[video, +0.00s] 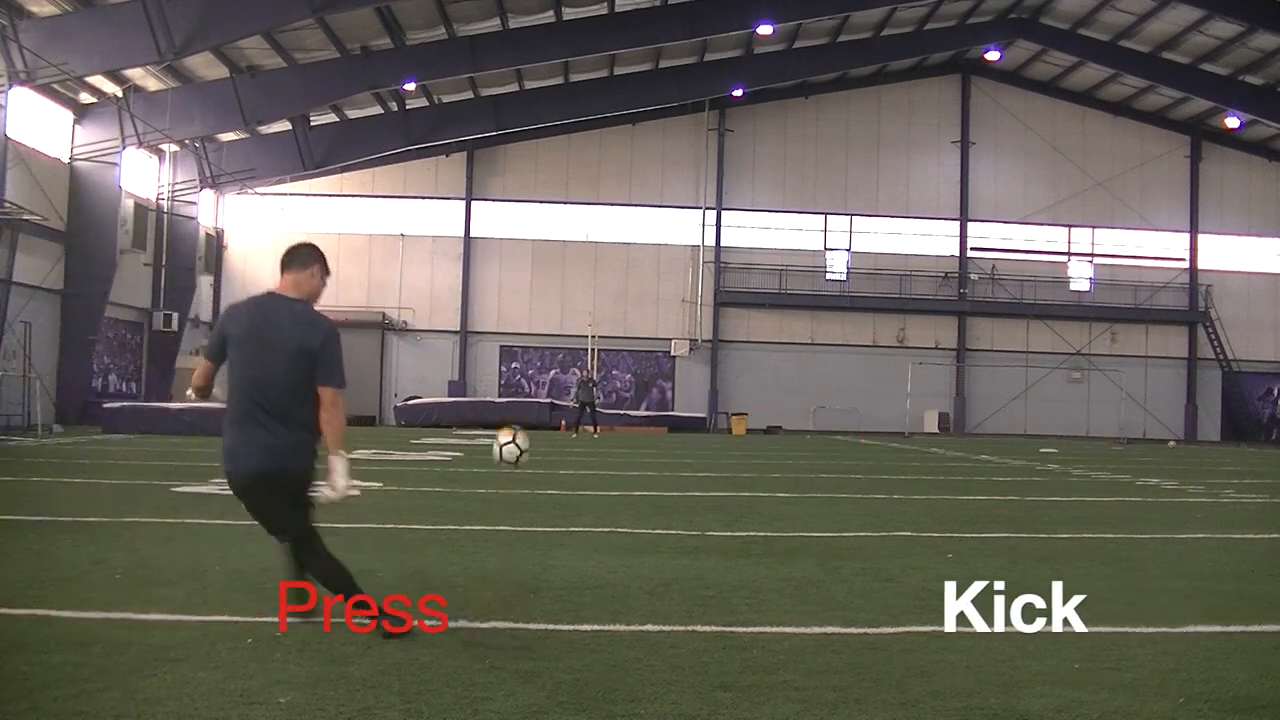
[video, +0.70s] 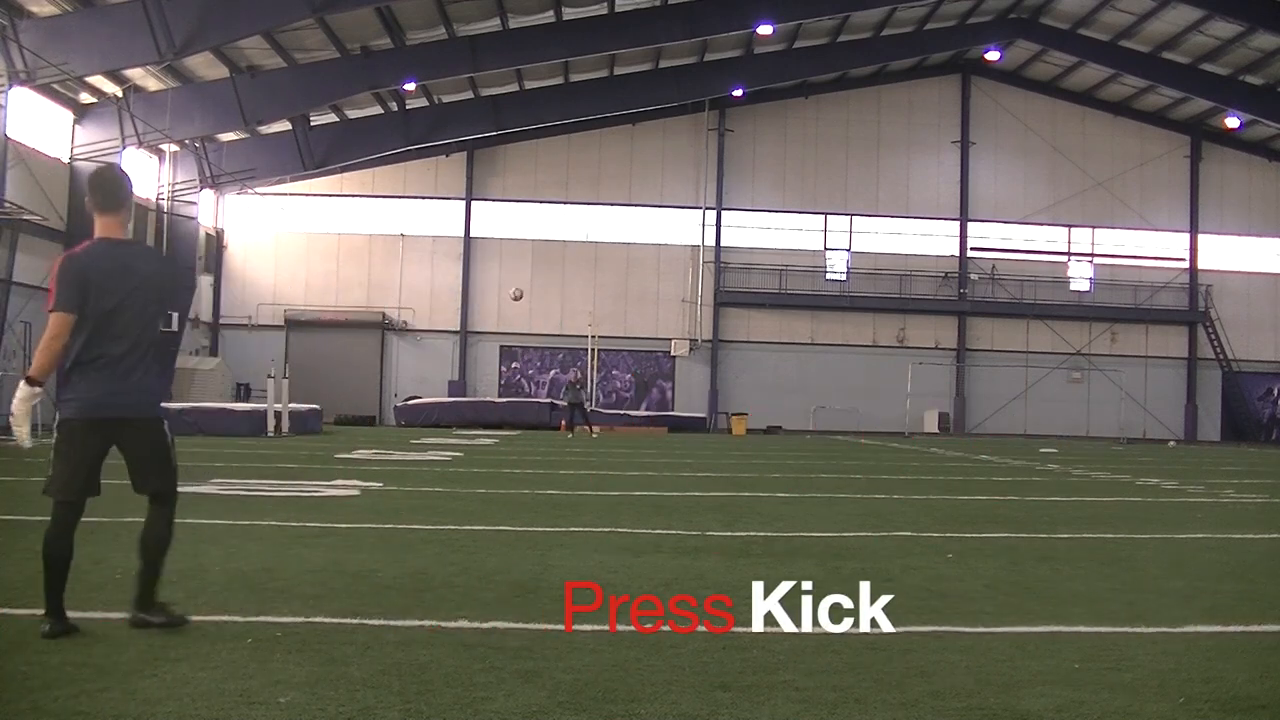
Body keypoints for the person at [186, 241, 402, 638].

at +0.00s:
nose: (322, 291)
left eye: (324, 283)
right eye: (324, 281)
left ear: (283, 271)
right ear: (313, 273)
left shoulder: (236, 314)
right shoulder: (320, 329)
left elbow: (201, 379)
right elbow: (329, 400)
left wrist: (200, 391)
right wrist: (337, 458)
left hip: (241, 458)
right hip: (293, 458)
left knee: (304, 542)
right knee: (293, 533)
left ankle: (369, 610)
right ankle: (298, 603)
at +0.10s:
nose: (295, 263)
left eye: (294, 256)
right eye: (295, 256)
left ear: (255, 253)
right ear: (289, 254)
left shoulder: (214, 297)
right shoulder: (301, 309)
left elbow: (183, 365)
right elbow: (307, 381)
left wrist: (164, 405)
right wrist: (310, 433)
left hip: (224, 436)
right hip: (273, 437)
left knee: (249, 529)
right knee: (245, 523)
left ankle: (306, 612)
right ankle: (231, 606)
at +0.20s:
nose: (241, 246)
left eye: (219, 237)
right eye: (255, 237)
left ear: (218, 237)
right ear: (258, 238)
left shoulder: (197, 287)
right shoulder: (279, 294)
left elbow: (158, 352)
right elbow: (288, 363)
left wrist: (115, 397)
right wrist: (291, 412)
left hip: (211, 427)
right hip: (258, 428)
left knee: (173, 505)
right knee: (241, 516)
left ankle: (223, 593)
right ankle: (232, 598)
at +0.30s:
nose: (211, 229)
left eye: (193, 225)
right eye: (221, 220)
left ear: (188, 225)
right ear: (225, 223)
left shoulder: (173, 277)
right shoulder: (253, 279)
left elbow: (136, 339)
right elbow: (265, 346)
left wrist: (77, 382)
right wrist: (270, 378)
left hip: (186, 417)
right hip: (237, 419)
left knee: (132, 488)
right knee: (231, 514)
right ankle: (231, 605)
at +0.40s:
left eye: (156, 220)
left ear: (157, 220)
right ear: (196, 219)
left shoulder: (149, 273)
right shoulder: (224, 272)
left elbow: (117, 330)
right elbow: (240, 329)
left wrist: (55, 364)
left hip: (153, 413)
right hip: (206, 415)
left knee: (107, 506)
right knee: (216, 513)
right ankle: (230, 604)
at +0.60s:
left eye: (110, 210)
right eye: (143, 205)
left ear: (106, 212)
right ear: (149, 211)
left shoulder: (95, 266)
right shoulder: (180, 270)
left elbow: (75, 330)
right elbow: (174, 329)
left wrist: (29, 387)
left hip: (98, 411)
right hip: (152, 411)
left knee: (73, 514)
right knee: (178, 504)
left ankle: (56, 615)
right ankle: (198, 599)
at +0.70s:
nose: (98, 210)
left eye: (90, 203)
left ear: (89, 205)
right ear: (131, 205)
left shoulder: (75, 264)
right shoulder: (160, 264)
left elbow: (58, 334)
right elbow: (169, 331)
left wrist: (27, 389)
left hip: (82, 408)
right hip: (140, 408)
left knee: (65, 511)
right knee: (163, 495)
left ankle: (54, 615)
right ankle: (146, 603)